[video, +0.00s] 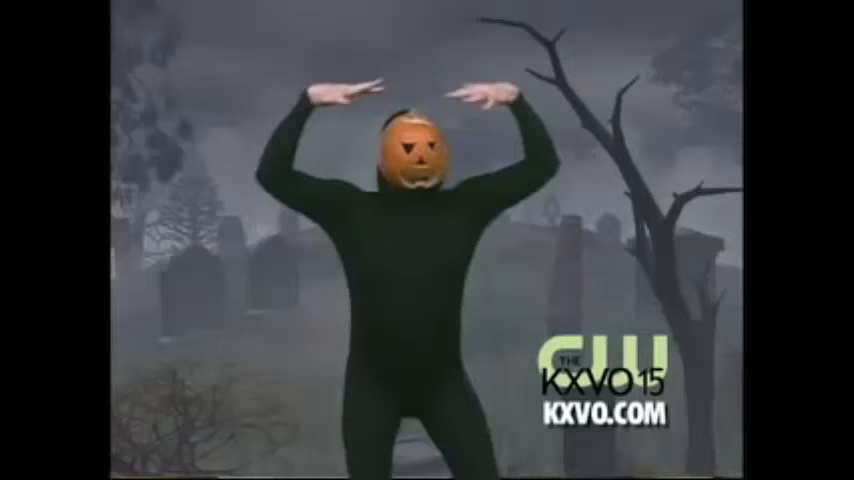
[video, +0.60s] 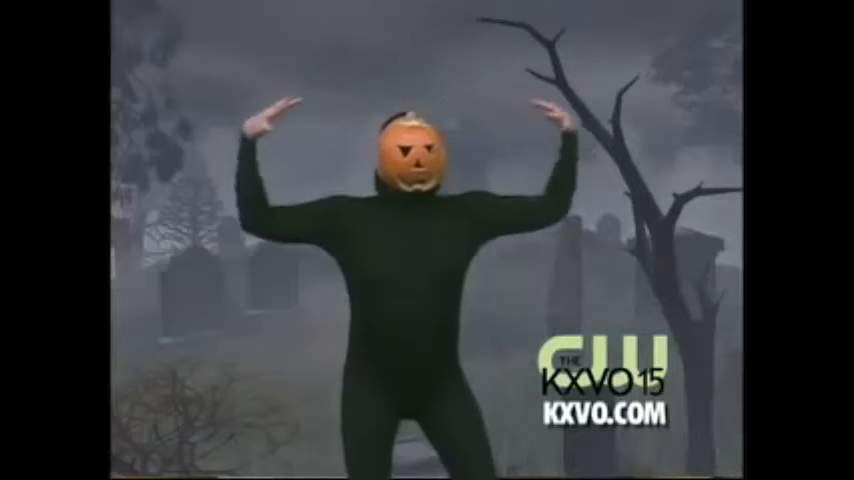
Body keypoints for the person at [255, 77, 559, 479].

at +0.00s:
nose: (420, 153)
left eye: (430, 146)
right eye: (406, 146)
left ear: (445, 159)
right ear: (382, 160)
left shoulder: (467, 206)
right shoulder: (348, 208)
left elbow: (542, 163)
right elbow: (273, 174)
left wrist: (517, 101)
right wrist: (306, 101)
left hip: (444, 382)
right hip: (372, 385)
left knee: (481, 472)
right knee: (367, 473)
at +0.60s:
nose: (418, 157)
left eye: (429, 148)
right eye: (403, 148)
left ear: (444, 161)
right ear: (380, 163)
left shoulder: (469, 214)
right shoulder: (345, 217)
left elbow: (551, 207)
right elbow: (257, 220)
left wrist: (569, 138)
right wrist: (248, 142)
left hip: (442, 384)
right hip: (370, 387)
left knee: (480, 474)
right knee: (367, 474)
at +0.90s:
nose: (414, 156)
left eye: (425, 148)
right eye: (400, 147)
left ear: (441, 161)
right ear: (377, 163)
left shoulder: (465, 219)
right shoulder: (345, 224)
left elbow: (548, 233)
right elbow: (261, 259)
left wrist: (597, 172)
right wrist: (211, 194)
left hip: (439, 385)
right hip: (367, 388)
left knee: (475, 473)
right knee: (365, 475)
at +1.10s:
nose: (407, 156)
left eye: (418, 148)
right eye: (393, 149)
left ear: (435, 162)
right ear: (374, 164)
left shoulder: (461, 223)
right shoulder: (343, 228)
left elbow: (539, 249)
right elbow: (271, 282)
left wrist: (606, 204)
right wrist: (198, 243)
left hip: (437, 387)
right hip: (364, 389)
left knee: (472, 475)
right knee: (362, 479)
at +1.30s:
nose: (401, 154)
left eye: (411, 147)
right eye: (388, 148)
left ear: (427, 162)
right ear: (369, 164)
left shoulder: (453, 224)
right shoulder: (340, 230)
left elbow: (527, 262)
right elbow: (278, 299)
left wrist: (602, 239)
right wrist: (197, 297)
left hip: (434, 388)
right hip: (363, 391)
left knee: (469, 472)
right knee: (361, 475)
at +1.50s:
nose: (394, 158)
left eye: (405, 148)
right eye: (381, 151)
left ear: (422, 161)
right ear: (362, 164)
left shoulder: (446, 223)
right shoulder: (333, 235)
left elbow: (508, 277)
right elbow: (291, 315)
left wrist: (581, 282)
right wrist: (227, 364)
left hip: (432, 387)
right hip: (361, 392)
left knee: (462, 472)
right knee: (360, 475)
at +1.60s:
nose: (394, 160)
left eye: (405, 149)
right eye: (380, 150)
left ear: (421, 157)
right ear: (358, 161)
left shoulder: (439, 215)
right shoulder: (338, 231)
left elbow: (473, 275)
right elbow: (319, 324)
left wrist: (509, 319)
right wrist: (300, 391)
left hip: (432, 384)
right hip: (364, 389)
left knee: (449, 472)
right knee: (364, 473)